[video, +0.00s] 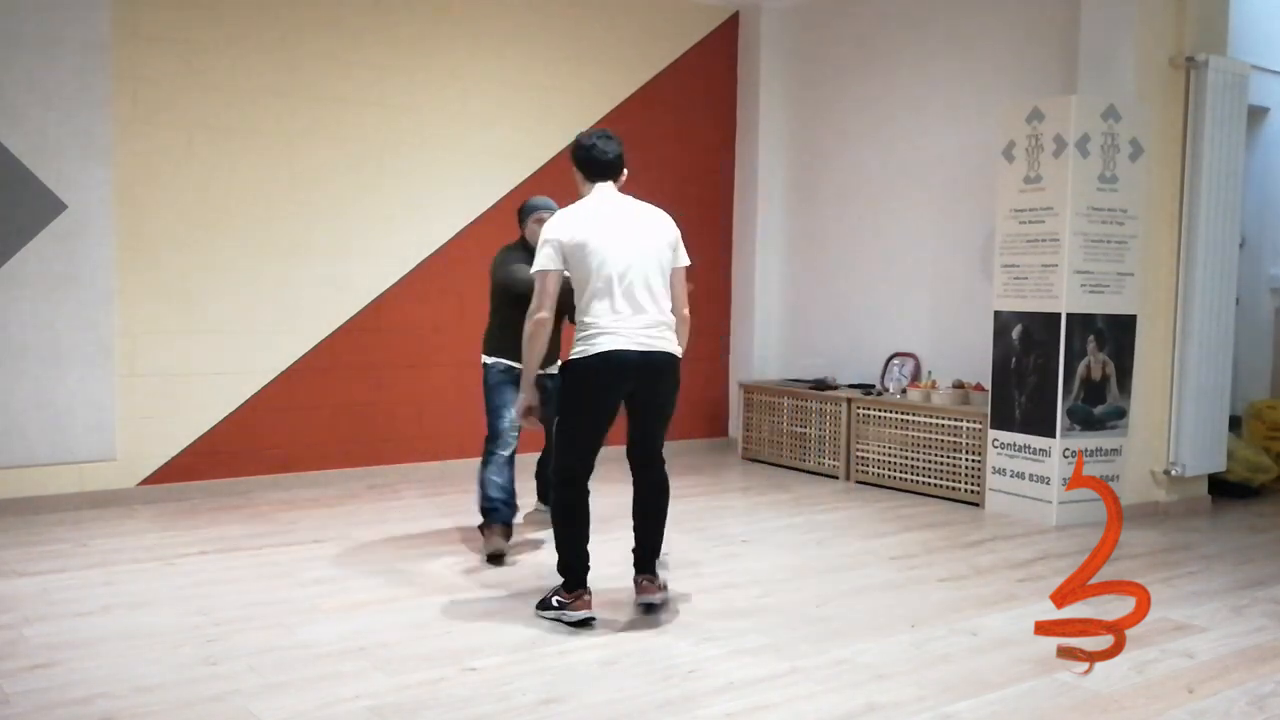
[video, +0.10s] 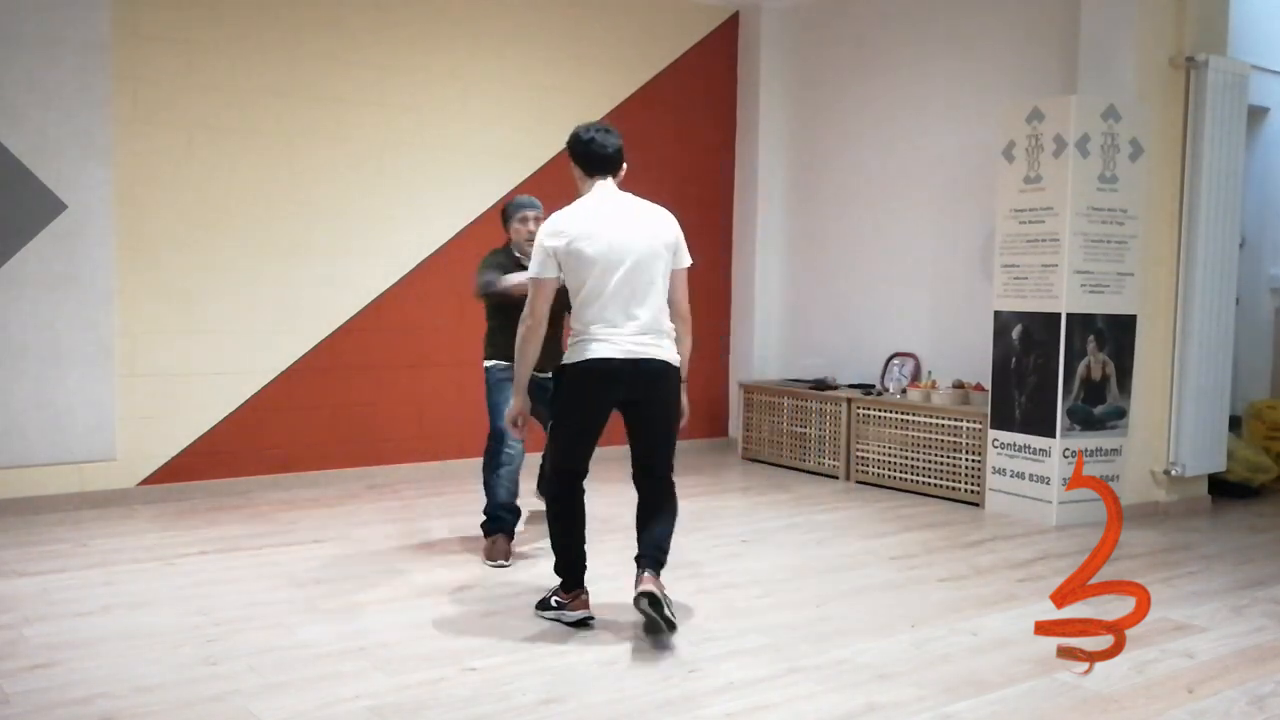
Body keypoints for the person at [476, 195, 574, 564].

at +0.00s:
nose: (546, 229)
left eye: (551, 223)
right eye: (539, 223)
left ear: (558, 227)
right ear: (523, 226)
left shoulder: (560, 263)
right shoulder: (508, 260)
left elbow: (574, 309)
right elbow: (531, 283)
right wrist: (568, 280)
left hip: (547, 364)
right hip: (505, 363)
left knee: (560, 432)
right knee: (503, 439)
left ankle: (550, 491)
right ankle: (496, 524)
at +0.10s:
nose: (531, 228)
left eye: (536, 221)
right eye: (523, 222)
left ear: (544, 224)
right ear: (508, 228)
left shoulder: (556, 259)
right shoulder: (497, 261)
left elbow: (574, 301)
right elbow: (483, 285)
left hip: (548, 366)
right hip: (505, 365)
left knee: (570, 432)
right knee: (508, 442)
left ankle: (552, 491)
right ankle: (499, 530)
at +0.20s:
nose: (520, 221)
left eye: (526, 213)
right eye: (511, 215)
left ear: (534, 218)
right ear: (496, 223)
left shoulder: (553, 255)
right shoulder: (485, 264)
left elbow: (579, 296)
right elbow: (460, 291)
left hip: (554, 362)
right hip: (508, 364)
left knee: (568, 430)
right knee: (505, 441)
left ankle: (552, 487)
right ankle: (499, 530)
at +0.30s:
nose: (515, 212)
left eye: (521, 204)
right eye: (506, 206)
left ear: (531, 209)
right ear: (492, 214)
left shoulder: (557, 249)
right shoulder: (480, 263)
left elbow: (578, 287)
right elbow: (443, 306)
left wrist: (538, 285)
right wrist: (399, 328)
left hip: (555, 362)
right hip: (505, 364)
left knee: (562, 441)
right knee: (500, 437)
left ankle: (557, 502)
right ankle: (498, 531)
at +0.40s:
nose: (511, 205)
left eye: (517, 197)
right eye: (502, 199)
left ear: (527, 202)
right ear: (487, 207)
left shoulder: (553, 246)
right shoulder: (478, 259)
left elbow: (579, 302)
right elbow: (447, 311)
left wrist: (553, 330)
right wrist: (389, 299)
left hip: (551, 370)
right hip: (500, 369)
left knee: (557, 450)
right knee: (494, 443)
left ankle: (567, 517)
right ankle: (500, 534)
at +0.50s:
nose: (512, 200)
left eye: (519, 191)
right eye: (503, 193)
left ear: (529, 197)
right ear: (489, 201)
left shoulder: (559, 246)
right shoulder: (476, 252)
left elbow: (591, 301)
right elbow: (430, 289)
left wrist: (584, 362)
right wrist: (403, 244)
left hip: (550, 372)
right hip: (497, 372)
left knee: (561, 452)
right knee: (490, 452)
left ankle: (571, 529)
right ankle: (501, 535)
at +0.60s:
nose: (524, 196)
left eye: (530, 187)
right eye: (514, 188)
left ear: (540, 192)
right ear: (499, 196)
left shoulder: (567, 238)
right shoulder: (480, 241)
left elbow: (589, 297)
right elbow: (422, 245)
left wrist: (556, 314)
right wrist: (426, 190)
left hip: (553, 367)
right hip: (498, 368)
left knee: (563, 453)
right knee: (492, 453)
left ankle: (567, 543)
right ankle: (502, 533)